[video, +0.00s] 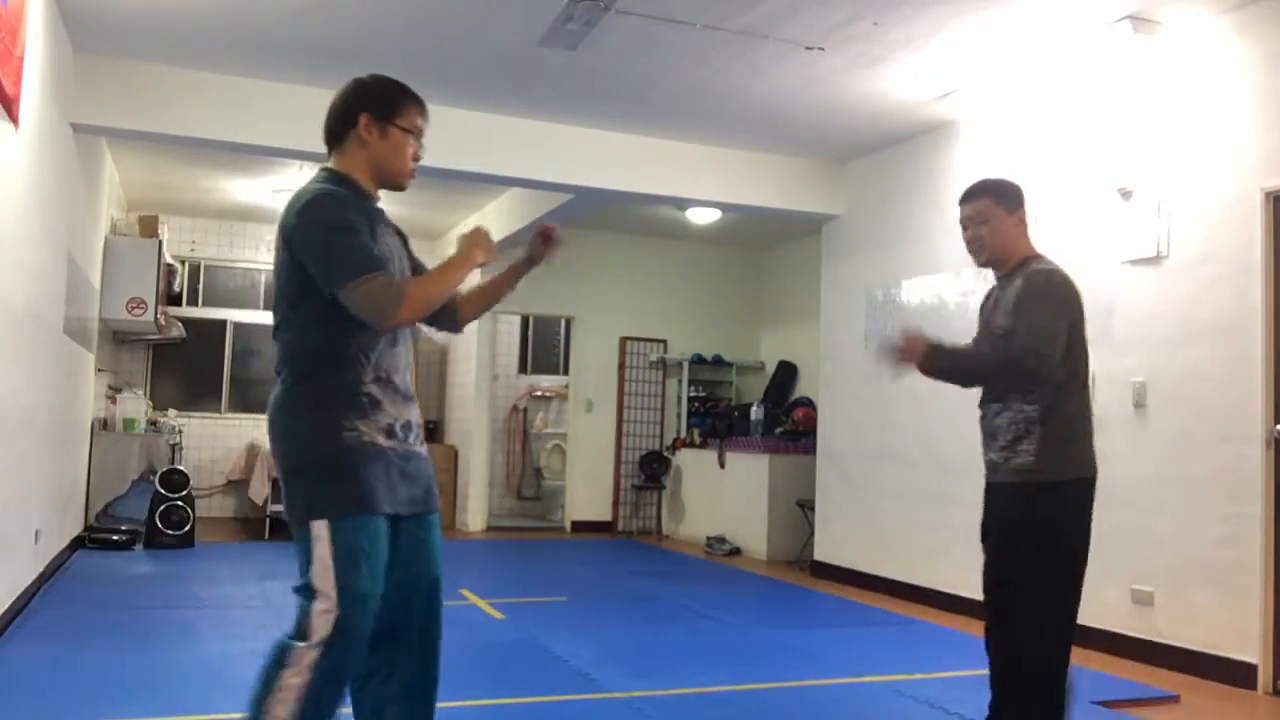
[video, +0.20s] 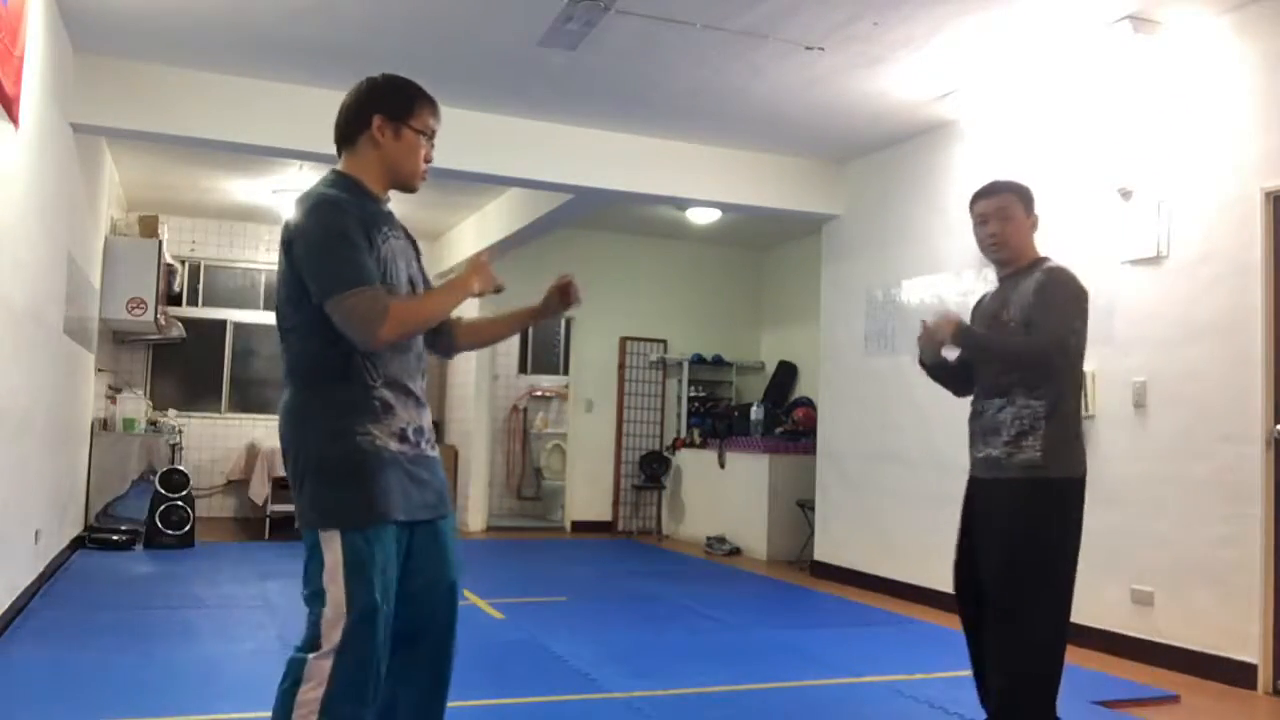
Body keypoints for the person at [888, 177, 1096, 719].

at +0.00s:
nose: (969, 236)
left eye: (979, 223)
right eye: (964, 227)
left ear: (1015, 219)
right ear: (964, 233)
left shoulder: (1046, 285)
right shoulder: (996, 298)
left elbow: (1030, 364)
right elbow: (989, 362)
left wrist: (935, 356)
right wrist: (930, 356)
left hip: (1050, 482)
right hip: (1009, 481)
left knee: (1038, 624)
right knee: (1007, 619)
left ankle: (1033, 712)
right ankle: (1007, 710)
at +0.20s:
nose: (990, 230)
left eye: (1001, 217)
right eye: (980, 222)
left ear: (1031, 220)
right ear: (974, 233)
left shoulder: (1058, 285)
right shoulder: (987, 304)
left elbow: (1047, 353)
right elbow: (968, 380)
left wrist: (964, 334)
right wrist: (932, 358)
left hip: (1044, 476)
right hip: (991, 475)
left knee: (1028, 606)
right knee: (977, 597)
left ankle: (1029, 711)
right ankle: (1001, 709)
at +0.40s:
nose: (1003, 232)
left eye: (1015, 220)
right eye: (992, 224)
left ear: (1039, 228)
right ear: (982, 239)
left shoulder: (1072, 291)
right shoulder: (981, 313)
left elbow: (1086, 377)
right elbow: (964, 379)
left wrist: (1018, 439)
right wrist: (938, 436)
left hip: (1054, 475)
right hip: (993, 475)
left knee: (1032, 606)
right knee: (994, 601)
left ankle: (1032, 710)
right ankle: (1006, 708)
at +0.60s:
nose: (1011, 232)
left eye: (1022, 221)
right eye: (1000, 225)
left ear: (1044, 228)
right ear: (988, 239)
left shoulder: (1085, 291)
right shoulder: (980, 312)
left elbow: (1115, 378)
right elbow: (968, 393)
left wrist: (1080, 452)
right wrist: (970, 472)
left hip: (1068, 482)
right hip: (1002, 483)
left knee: (1055, 614)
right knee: (1015, 607)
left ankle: (1041, 712)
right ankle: (1032, 707)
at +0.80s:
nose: (1023, 230)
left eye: (1035, 219)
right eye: (1012, 222)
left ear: (1058, 226)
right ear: (1001, 236)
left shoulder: (1096, 294)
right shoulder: (994, 308)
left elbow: (1122, 388)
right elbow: (980, 390)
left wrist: (1130, 478)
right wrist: (973, 471)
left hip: (1079, 487)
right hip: (1012, 486)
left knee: (1085, 621)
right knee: (1020, 618)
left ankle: (1107, 713)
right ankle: (1033, 711)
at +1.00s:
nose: (1026, 226)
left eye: (1039, 214)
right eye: (1019, 217)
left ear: (1072, 219)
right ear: (1013, 228)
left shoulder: (1110, 293)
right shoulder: (1010, 303)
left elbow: (1138, 389)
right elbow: (993, 386)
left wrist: (1147, 483)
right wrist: (966, 461)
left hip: (1097, 494)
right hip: (1026, 492)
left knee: (1102, 639)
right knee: (1028, 629)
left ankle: (1105, 717)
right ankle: (1032, 713)